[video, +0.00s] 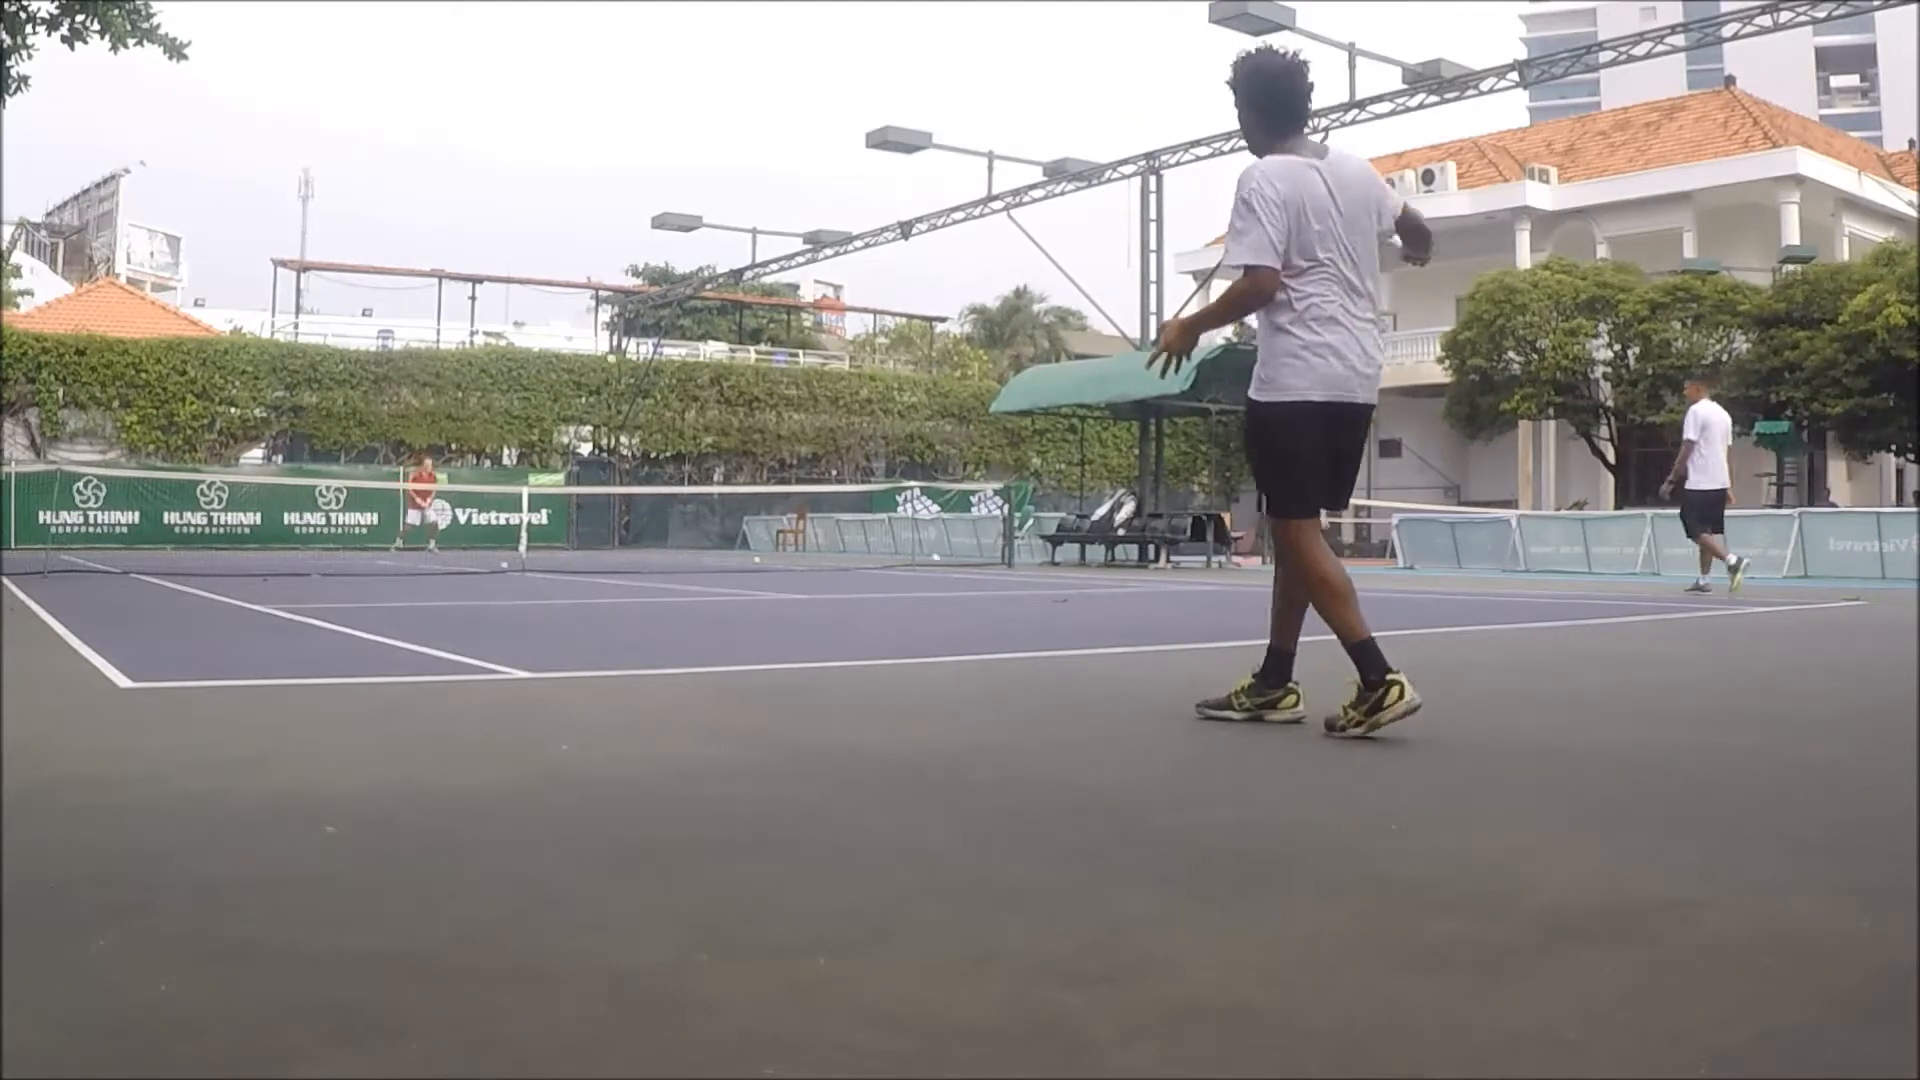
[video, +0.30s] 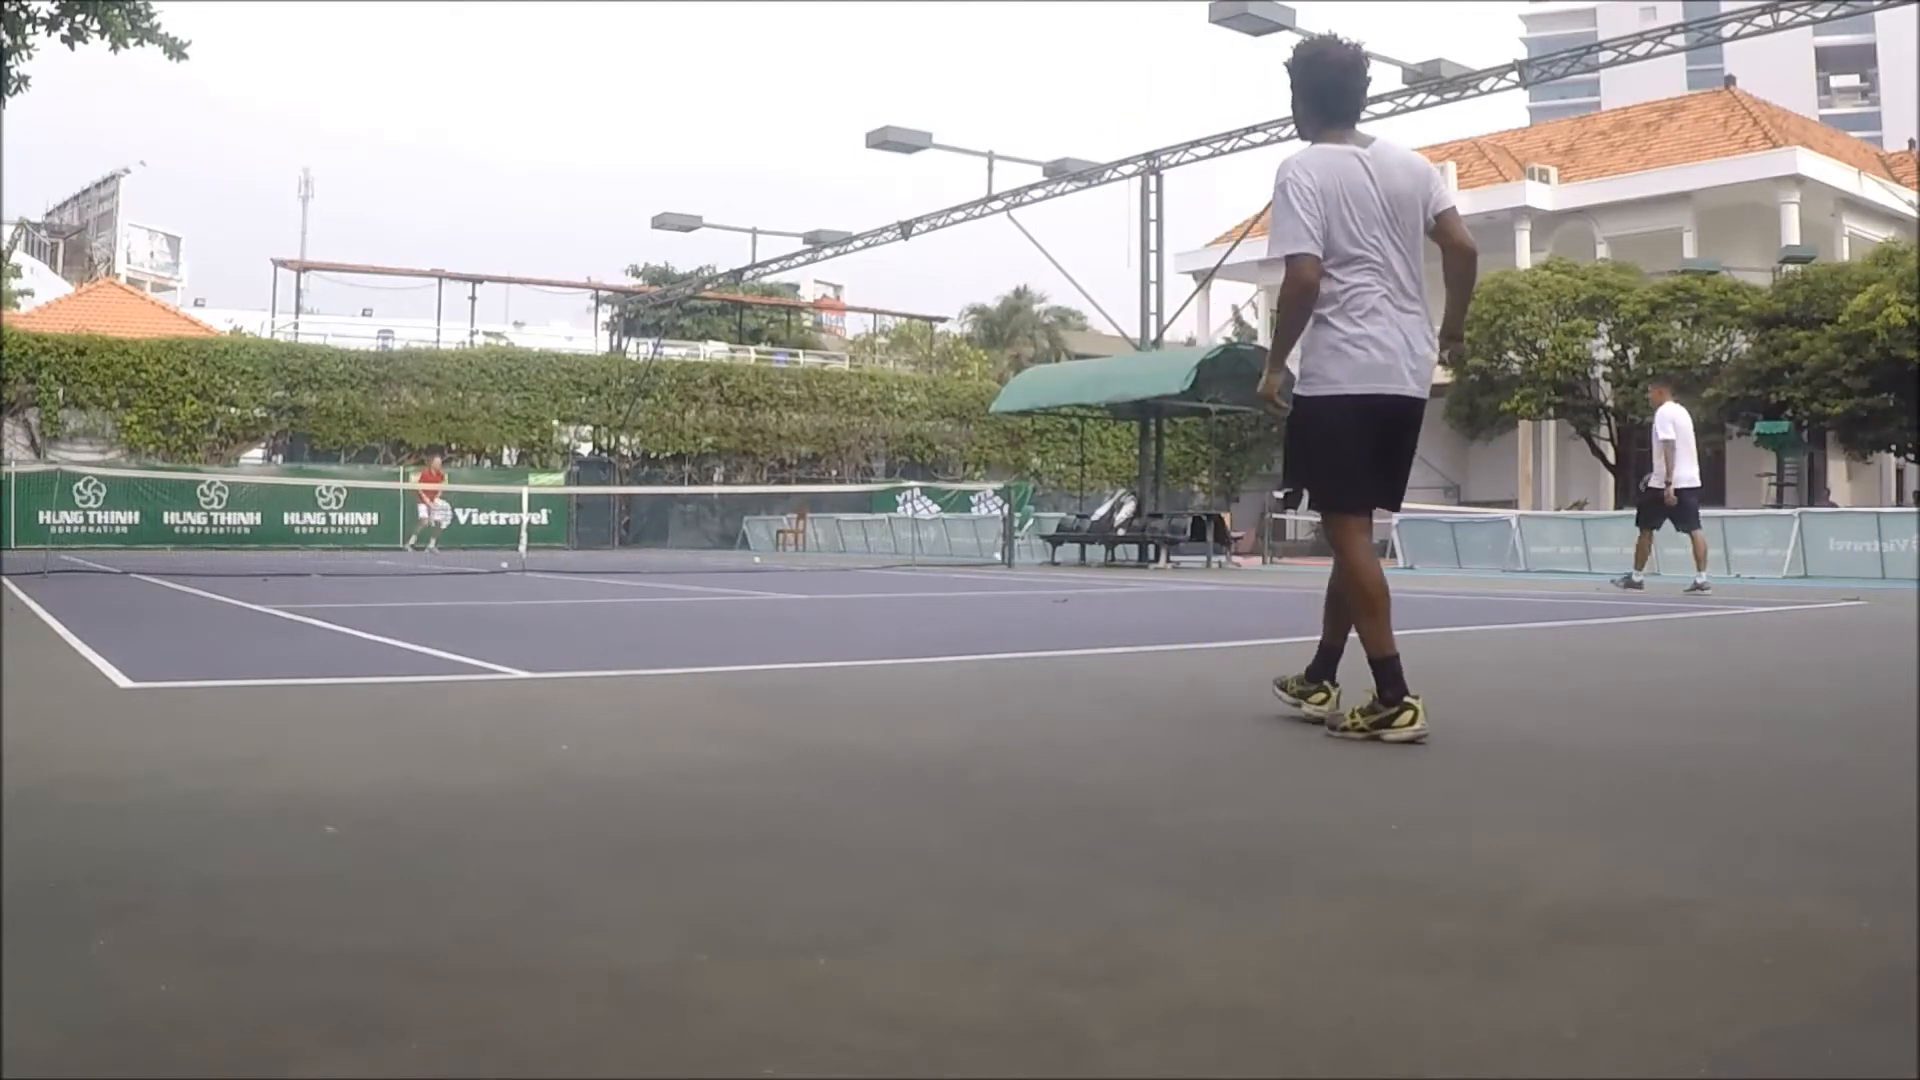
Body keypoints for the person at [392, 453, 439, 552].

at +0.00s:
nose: (428, 466)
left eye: (430, 464)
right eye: (426, 464)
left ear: (432, 465)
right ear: (422, 465)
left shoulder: (433, 476)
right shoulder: (414, 474)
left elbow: (434, 489)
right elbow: (409, 488)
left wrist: (429, 499)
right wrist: (417, 499)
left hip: (426, 504)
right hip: (414, 504)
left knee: (433, 522)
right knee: (410, 524)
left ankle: (432, 544)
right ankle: (398, 542)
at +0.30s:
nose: (438, 465)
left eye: (440, 463)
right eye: (436, 462)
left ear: (441, 464)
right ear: (431, 463)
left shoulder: (441, 476)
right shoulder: (424, 473)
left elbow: (440, 488)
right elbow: (418, 487)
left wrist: (436, 498)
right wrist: (426, 500)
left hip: (434, 500)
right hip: (423, 500)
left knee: (438, 523)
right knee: (424, 520)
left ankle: (431, 545)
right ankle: (411, 542)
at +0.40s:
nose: (440, 465)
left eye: (441, 463)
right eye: (438, 463)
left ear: (442, 465)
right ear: (432, 464)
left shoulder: (442, 477)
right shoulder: (425, 474)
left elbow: (441, 491)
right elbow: (421, 488)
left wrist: (437, 503)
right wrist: (428, 501)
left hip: (435, 502)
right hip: (425, 501)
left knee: (439, 523)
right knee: (429, 519)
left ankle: (431, 545)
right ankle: (416, 540)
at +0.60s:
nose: (441, 465)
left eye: (442, 462)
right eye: (438, 462)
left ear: (442, 463)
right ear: (432, 462)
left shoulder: (437, 474)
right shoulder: (430, 474)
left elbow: (437, 489)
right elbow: (434, 489)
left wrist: (441, 500)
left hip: (433, 500)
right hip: (426, 500)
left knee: (436, 521)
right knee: (431, 521)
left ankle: (431, 544)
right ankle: (420, 545)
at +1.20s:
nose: (439, 463)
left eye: (440, 460)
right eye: (437, 461)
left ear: (441, 461)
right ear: (431, 461)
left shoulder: (442, 472)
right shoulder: (422, 473)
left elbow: (444, 486)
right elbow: (420, 487)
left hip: (439, 499)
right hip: (427, 499)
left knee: (436, 522)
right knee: (430, 519)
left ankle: (424, 541)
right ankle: (426, 544)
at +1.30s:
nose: (438, 466)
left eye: (440, 464)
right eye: (435, 464)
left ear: (442, 463)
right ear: (431, 461)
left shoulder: (441, 472)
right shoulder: (426, 471)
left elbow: (442, 485)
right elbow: (425, 484)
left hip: (436, 498)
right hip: (427, 497)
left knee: (435, 521)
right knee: (430, 519)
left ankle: (420, 540)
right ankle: (425, 545)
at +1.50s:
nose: (438, 459)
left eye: (440, 456)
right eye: (436, 456)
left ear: (441, 457)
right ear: (430, 456)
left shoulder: (441, 468)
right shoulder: (424, 467)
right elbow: (417, 472)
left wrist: (422, 457)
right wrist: (417, 462)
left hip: (438, 493)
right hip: (429, 493)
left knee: (438, 519)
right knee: (431, 517)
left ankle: (423, 538)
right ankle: (426, 543)